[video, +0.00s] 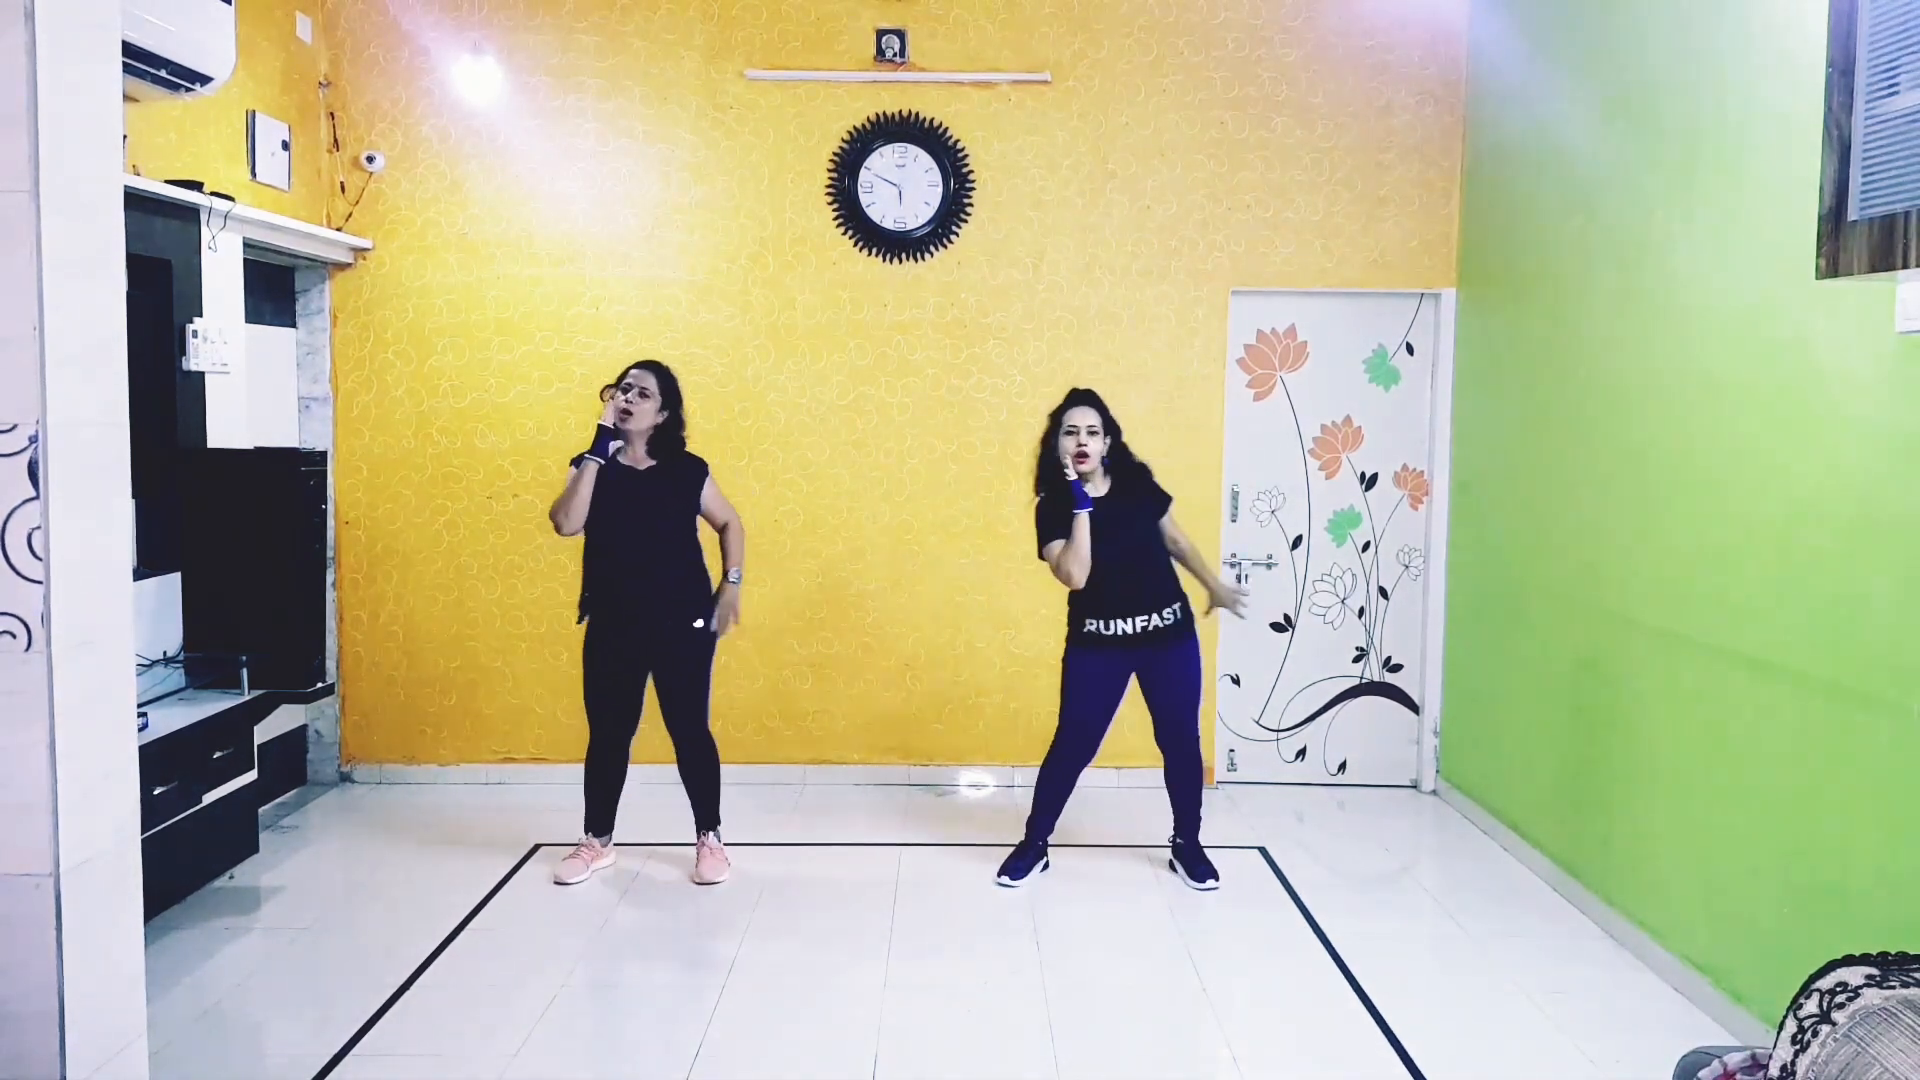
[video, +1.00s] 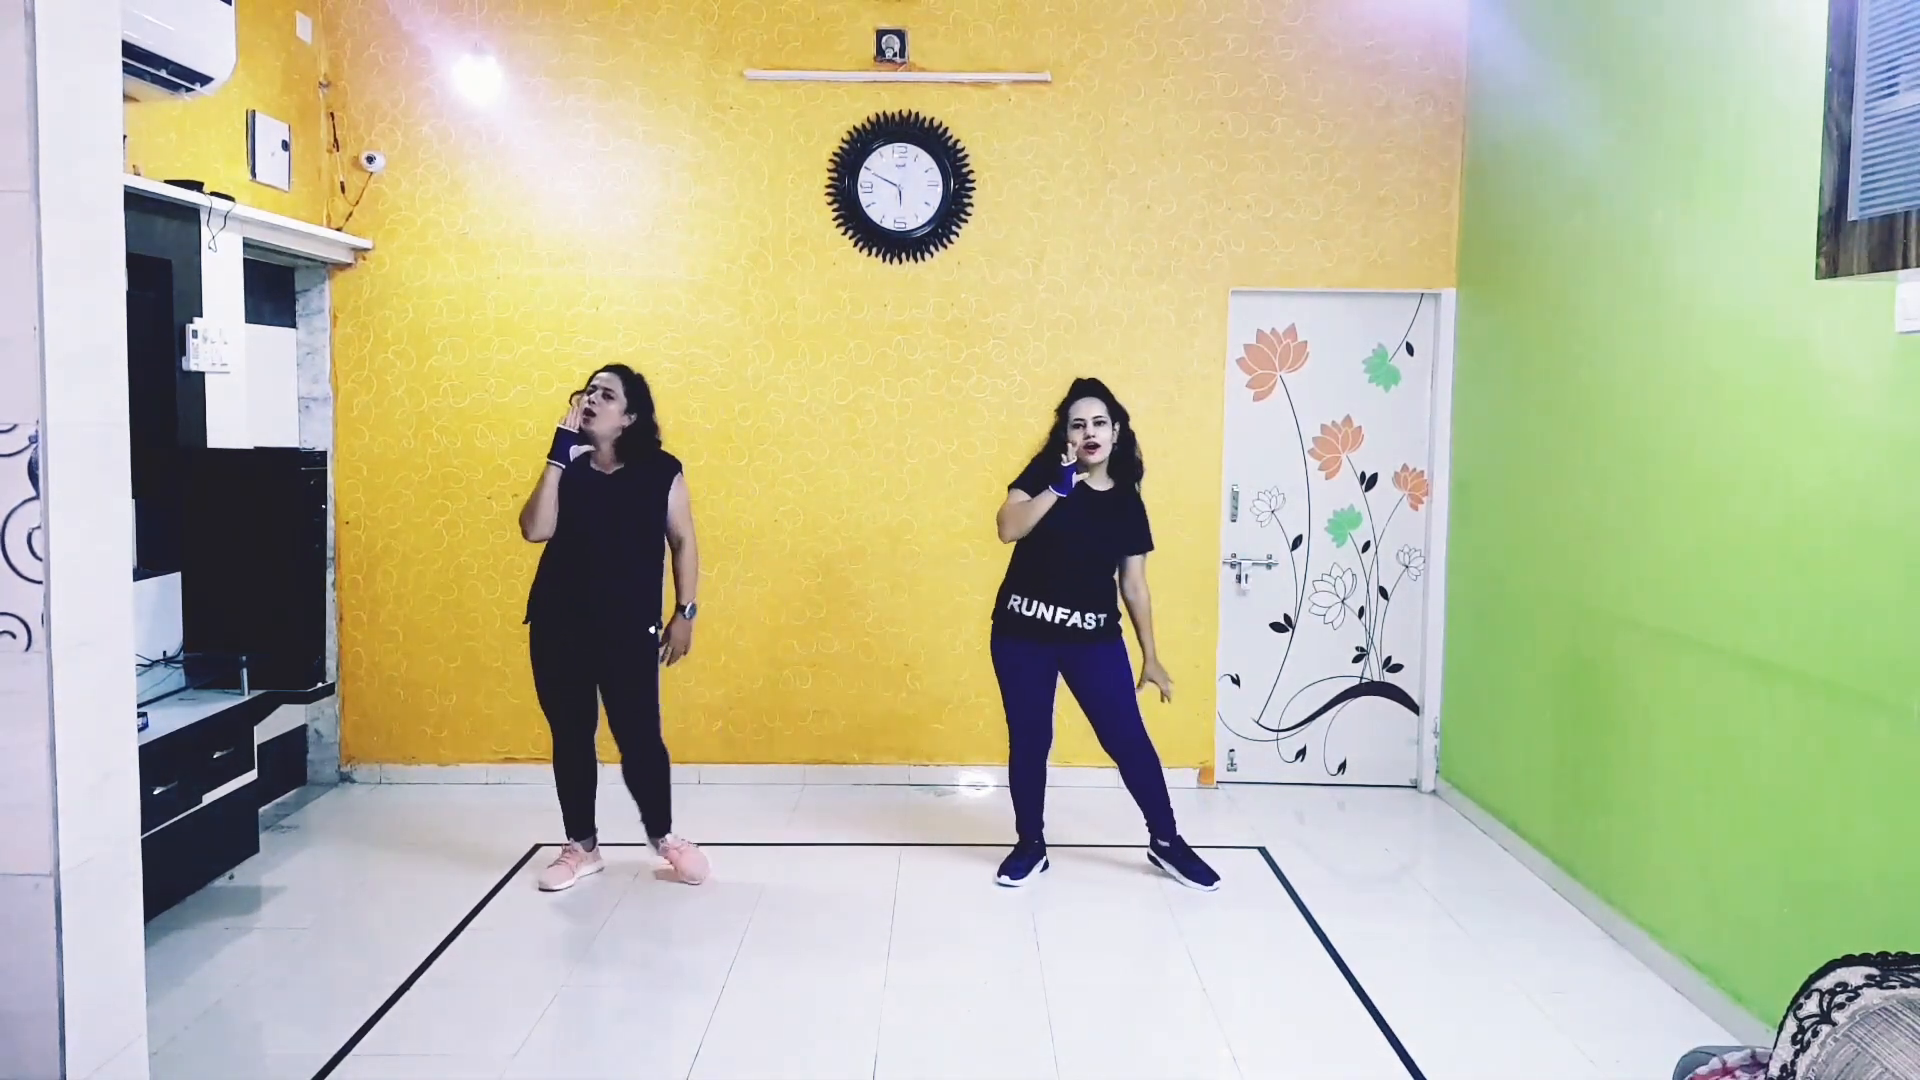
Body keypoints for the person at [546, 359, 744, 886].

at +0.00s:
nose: (625, 397)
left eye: (641, 393)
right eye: (623, 389)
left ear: (664, 413)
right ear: (612, 399)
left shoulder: (686, 471)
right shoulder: (592, 467)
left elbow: (729, 522)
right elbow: (567, 523)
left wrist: (732, 584)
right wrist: (596, 451)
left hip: (681, 624)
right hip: (612, 624)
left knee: (690, 731)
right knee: (607, 735)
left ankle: (709, 839)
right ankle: (596, 842)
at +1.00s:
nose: (590, 399)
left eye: (606, 395)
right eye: (589, 391)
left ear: (631, 417)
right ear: (581, 404)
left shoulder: (661, 472)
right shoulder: (565, 467)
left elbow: (683, 543)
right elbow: (536, 529)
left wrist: (686, 613)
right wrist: (559, 453)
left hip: (628, 626)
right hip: (560, 624)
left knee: (641, 736)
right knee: (571, 737)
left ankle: (663, 839)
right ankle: (580, 846)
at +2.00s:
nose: (641, 400)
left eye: (655, 395)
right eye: (635, 392)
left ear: (677, 412)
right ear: (622, 404)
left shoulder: (700, 474)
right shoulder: (606, 469)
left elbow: (721, 539)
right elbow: (566, 535)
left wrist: (735, 598)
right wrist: (601, 471)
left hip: (675, 625)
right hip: (604, 622)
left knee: (684, 734)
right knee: (585, 731)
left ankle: (710, 845)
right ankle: (572, 837)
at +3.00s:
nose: (657, 417)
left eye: (670, 411)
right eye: (648, 408)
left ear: (685, 424)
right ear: (632, 417)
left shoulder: (706, 482)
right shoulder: (607, 483)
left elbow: (731, 543)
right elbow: (599, 545)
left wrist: (760, 550)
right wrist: (568, 559)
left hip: (703, 628)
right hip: (637, 628)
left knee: (705, 734)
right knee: (600, 733)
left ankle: (718, 844)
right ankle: (611, 844)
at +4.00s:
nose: (624, 402)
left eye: (637, 397)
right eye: (617, 393)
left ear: (656, 412)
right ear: (602, 402)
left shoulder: (675, 472)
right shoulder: (576, 470)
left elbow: (697, 535)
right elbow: (557, 539)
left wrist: (730, 548)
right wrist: (505, 564)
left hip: (674, 622)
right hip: (604, 623)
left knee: (700, 729)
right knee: (592, 735)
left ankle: (737, 840)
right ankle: (580, 844)